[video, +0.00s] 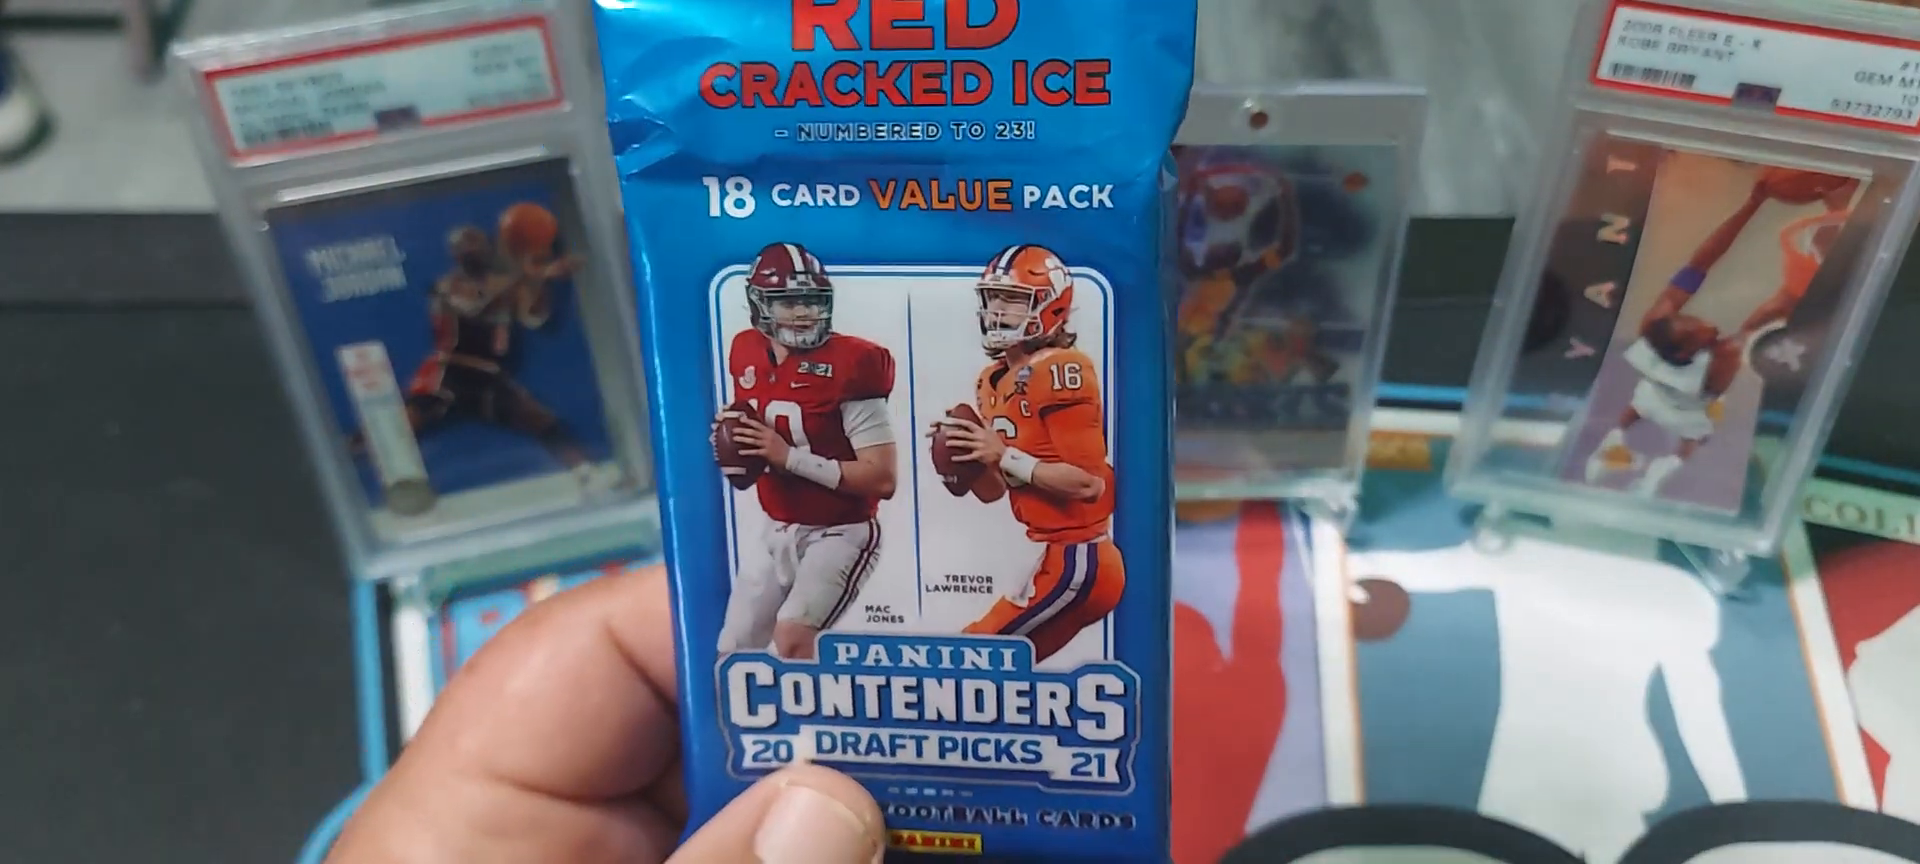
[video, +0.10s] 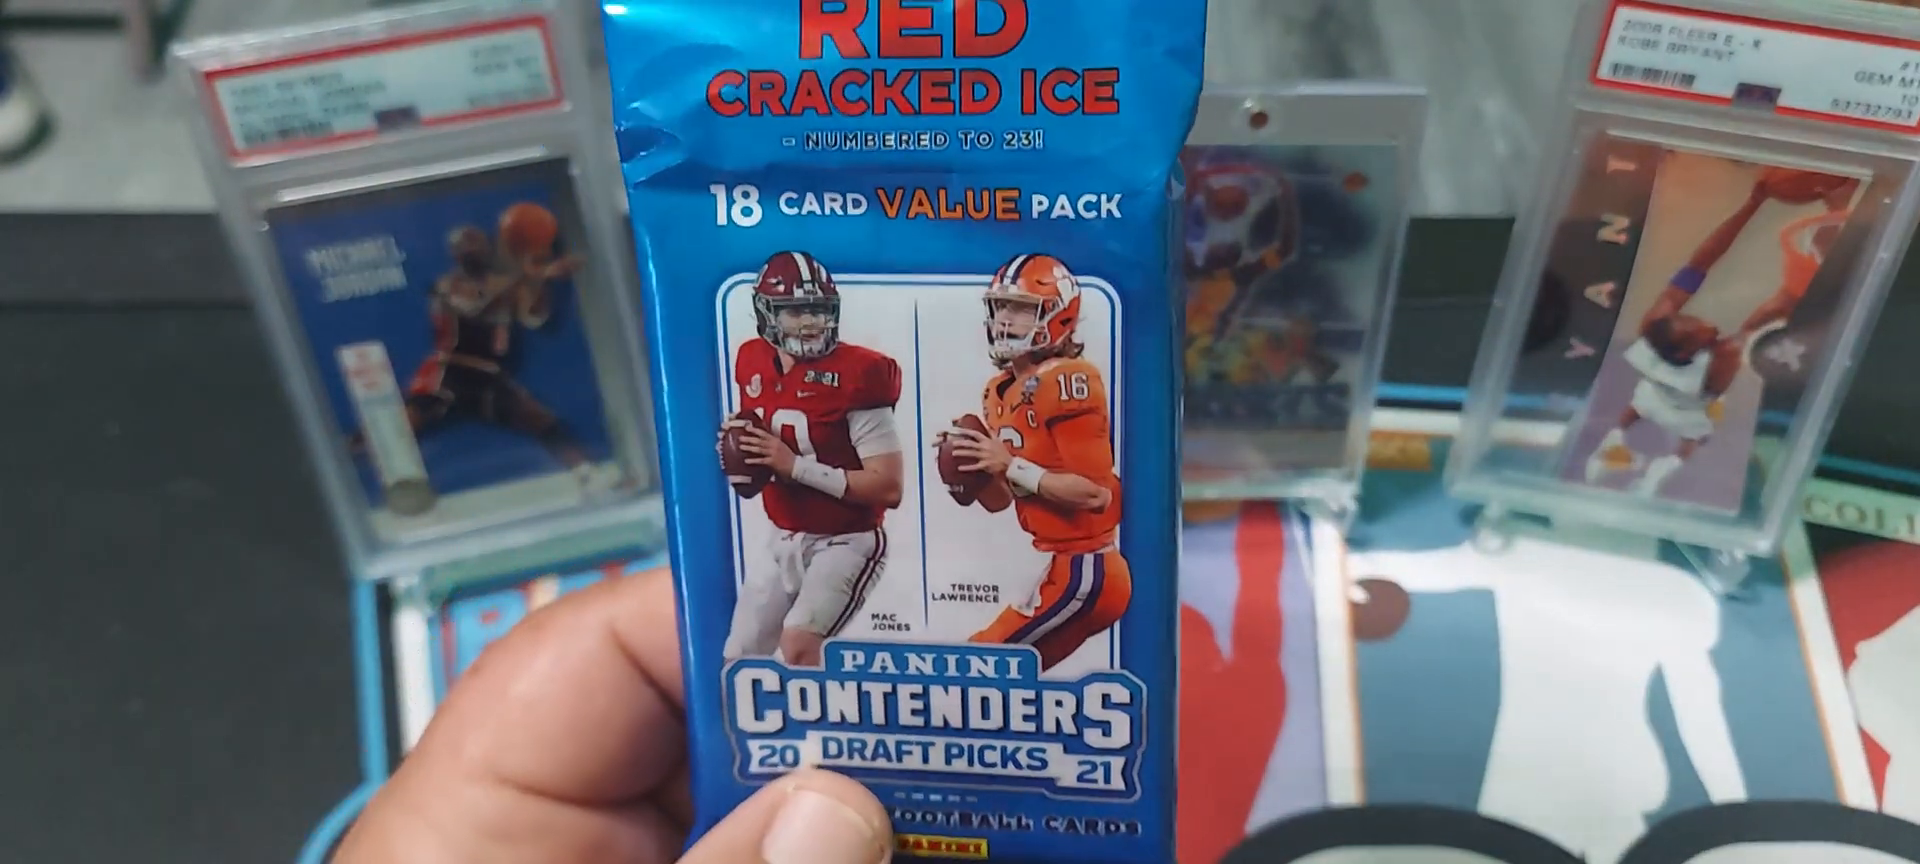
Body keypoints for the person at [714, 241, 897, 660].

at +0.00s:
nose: (800, 313)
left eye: (810, 302)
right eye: (788, 302)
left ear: (825, 304)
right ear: (761, 304)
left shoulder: (854, 363)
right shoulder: (746, 351)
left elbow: (882, 479)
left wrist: (786, 455)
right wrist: (728, 437)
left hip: (842, 534)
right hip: (775, 532)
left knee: (791, 637)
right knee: (733, 651)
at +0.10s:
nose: (808, 322)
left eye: (817, 310)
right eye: (795, 311)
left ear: (832, 312)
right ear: (768, 313)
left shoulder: (861, 372)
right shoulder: (753, 360)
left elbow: (889, 488)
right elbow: (749, 483)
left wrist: (792, 464)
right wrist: (735, 451)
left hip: (849, 542)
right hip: (781, 540)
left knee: (797, 645)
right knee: (739, 657)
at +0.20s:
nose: (808, 344)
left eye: (817, 333)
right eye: (795, 333)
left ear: (831, 335)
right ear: (768, 335)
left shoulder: (863, 394)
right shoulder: (752, 381)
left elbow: (891, 509)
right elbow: (753, 501)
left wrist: (795, 484)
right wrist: (736, 471)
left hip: (852, 560)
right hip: (785, 557)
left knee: (801, 660)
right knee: (743, 670)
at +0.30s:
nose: (822, 334)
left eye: (831, 323)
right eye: (809, 323)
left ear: (845, 325)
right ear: (781, 326)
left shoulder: (871, 383)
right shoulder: (765, 371)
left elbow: (900, 498)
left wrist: (805, 474)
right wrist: (746, 459)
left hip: (860, 552)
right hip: (796, 550)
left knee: (808, 655)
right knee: (749, 666)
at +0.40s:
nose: (814, 334)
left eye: (823, 322)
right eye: (800, 323)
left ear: (837, 325)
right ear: (773, 326)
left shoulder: (866, 383)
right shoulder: (758, 371)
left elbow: (895, 498)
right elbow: (757, 492)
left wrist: (799, 475)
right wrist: (740, 460)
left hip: (855, 552)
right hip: (789, 550)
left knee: (803, 654)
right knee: (744, 666)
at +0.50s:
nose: (813, 328)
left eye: (822, 316)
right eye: (800, 317)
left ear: (836, 318)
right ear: (772, 319)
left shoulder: (865, 377)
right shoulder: (757, 366)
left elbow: (893, 492)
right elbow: (757, 486)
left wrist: (798, 470)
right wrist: (740, 454)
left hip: (854, 548)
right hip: (788, 546)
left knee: (802, 652)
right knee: (744, 664)